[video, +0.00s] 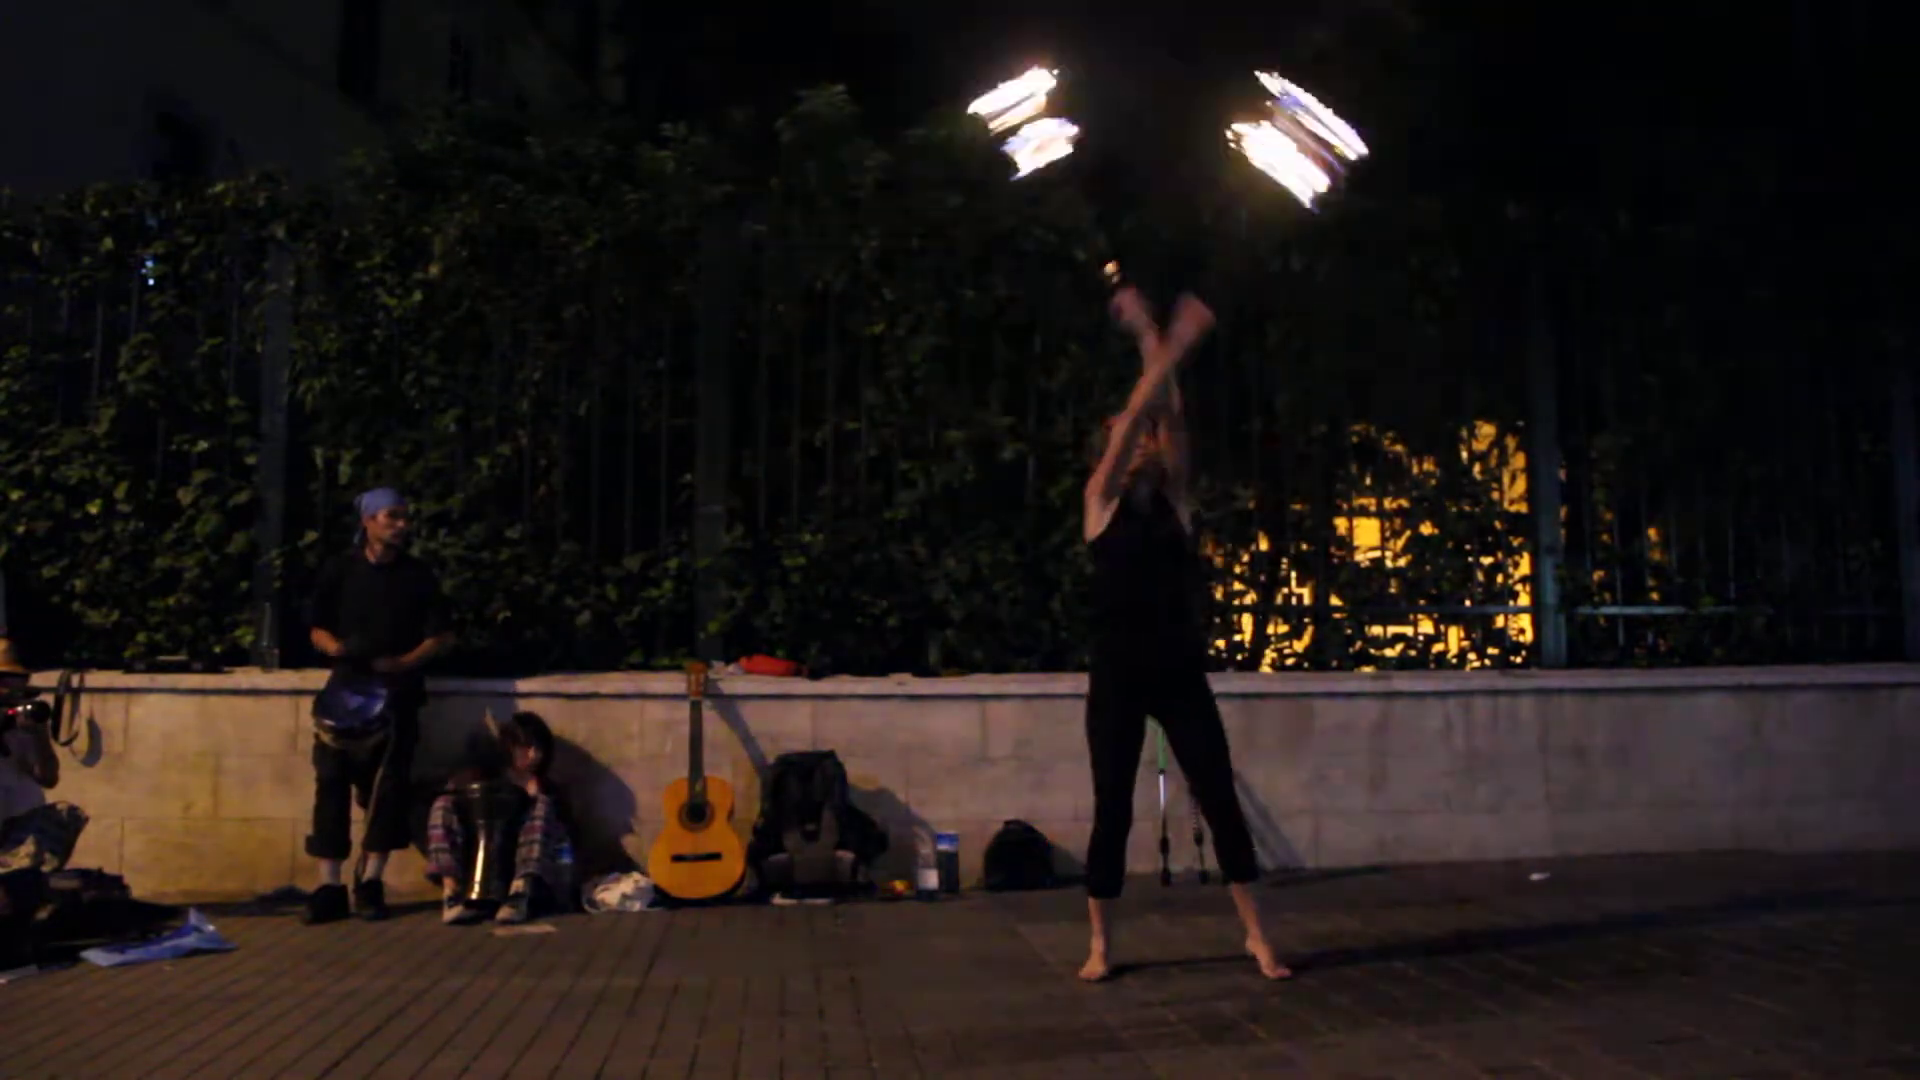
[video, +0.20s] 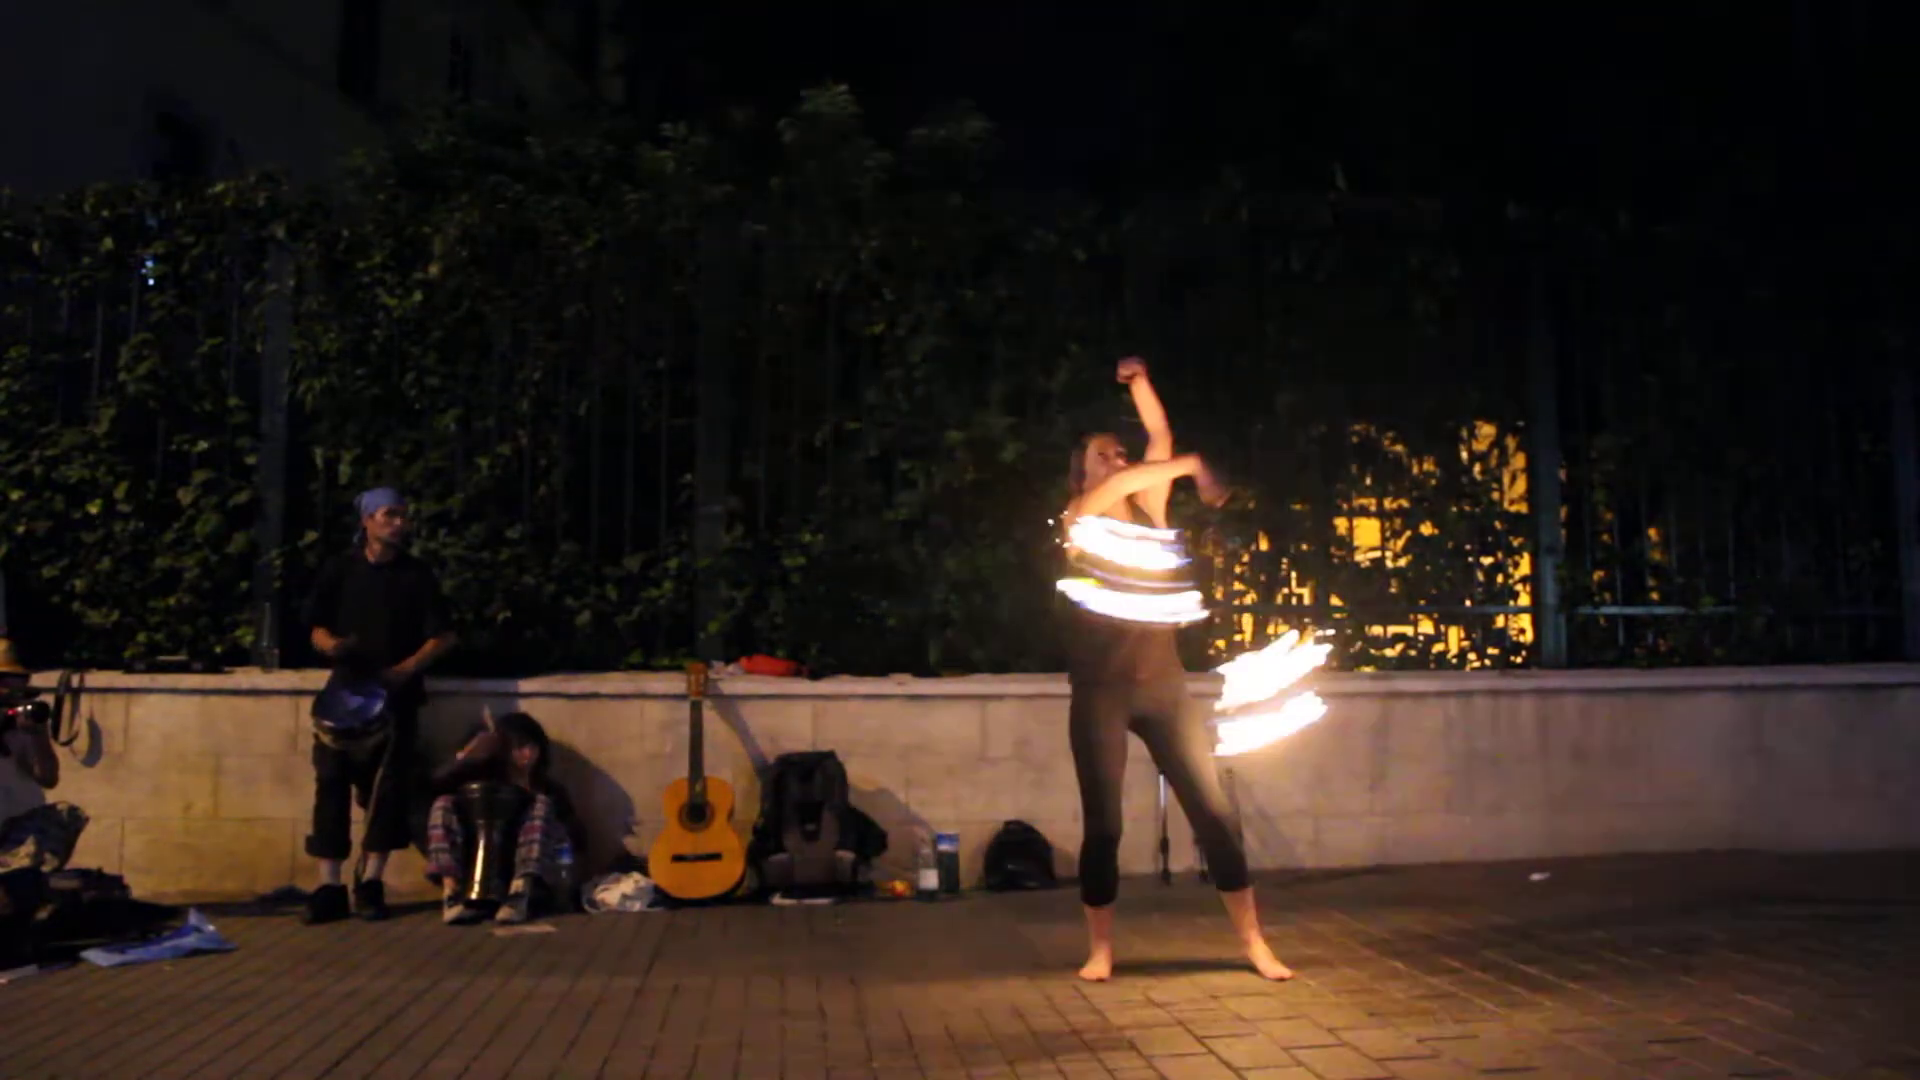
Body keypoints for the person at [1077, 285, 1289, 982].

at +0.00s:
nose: (1147, 441)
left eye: (1156, 433)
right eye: (1136, 434)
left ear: (1170, 448)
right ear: (1115, 450)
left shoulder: (1175, 500)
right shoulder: (1103, 504)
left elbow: (1172, 418)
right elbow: (1128, 424)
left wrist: (1145, 333)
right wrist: (1175, 346)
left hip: (1182, 673)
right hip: (1118, 677)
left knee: (1221, 803)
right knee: (1113, 811)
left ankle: (1255, 934)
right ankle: (1099, 943)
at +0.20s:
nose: (1113, 460)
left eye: (1119, 455)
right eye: (1102, 454)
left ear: (1129, 466)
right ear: (1079, 468)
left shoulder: (1150, 512)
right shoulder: (1075, 523)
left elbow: (1161, 442)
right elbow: (1111, 490)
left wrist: (1139, 383)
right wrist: (1191, 466)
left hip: (1165, 689)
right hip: (1100, 693)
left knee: (1214, 812)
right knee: (1103, 825)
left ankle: (1253, 941)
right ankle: (1100, 951)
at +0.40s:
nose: (1109, 448)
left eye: (1114, 440)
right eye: (1096, 441)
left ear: (1126, 452)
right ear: (1075, 457)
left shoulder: (1148, 500)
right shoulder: (1073, 512)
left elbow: (1172, 416)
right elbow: (1058, 444)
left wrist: (1164, 333)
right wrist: (1106, 404)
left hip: (1163, 675)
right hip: (1099, 681)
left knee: (1205, 804)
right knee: (1105, 815)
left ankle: (1244, 933)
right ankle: (1099, 943)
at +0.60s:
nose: (1108, 459)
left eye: (1116, 452)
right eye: (1098, 452)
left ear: (1131, 462)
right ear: (1084, 465)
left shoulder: (1151, 508)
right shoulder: (1077, 515)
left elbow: (1160, 422)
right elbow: (1076, 416)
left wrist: (1107, 362)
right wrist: (1116, 351)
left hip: (1161, 680)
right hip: (1097, 685)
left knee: (1206, 806)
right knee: (1104, 819)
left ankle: (1244, 930)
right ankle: (1098, 944)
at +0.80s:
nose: (1119, 456)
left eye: (1127, 448)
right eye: (1109, 450)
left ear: (1143, 460)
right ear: (1094, 464)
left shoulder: (1162, 511)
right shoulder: (1085, 512)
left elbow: (1165, 429)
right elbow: (1070, 420)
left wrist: (1120, 411)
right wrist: (1089, 373)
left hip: (1165, 675)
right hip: (1101, 679)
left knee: (1211, 804)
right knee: (1104, 817)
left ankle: (1245, 929)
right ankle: (1099, 943)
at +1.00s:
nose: (1143, 436)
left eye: (1150, 428)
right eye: (1132, 429)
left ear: (1167, 439)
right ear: (1117, 443)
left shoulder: (1182, 488)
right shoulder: (1105, 486)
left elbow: (1188, 392)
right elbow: (1087, 406)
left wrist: (1145, 375)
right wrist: (1079, 346)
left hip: (1182, 657)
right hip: (1119, 660)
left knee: (1217, 795)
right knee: (1114, 801)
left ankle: (1249, 934)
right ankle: (1102, 939)